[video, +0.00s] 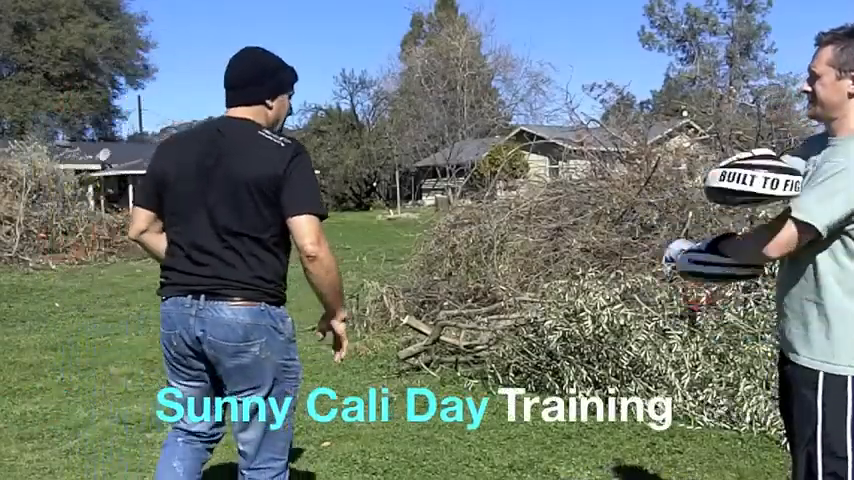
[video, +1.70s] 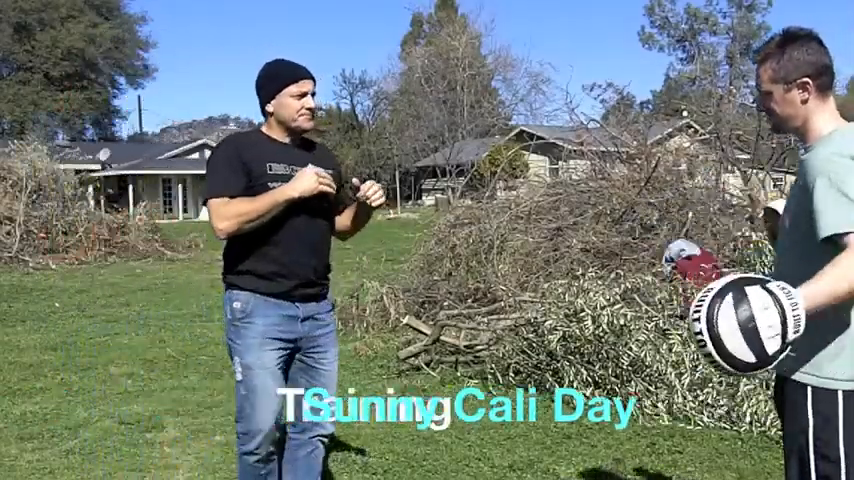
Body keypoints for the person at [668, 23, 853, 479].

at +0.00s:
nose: (804, 87)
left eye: (815, 77)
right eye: (808, 77)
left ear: (849, 84)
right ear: (842, 84)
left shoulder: (845, 158)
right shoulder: (816, 148)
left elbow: (773, 245)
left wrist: (696, 254)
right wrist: (717, 253)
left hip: (833, 356)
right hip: (803, 348)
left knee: (827, 470)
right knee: (809, 465)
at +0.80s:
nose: (796, 94)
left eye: (803, 83)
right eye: (797, 83)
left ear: (839, 85)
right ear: (837, 85)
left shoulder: (843, 167)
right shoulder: (832, 162)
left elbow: (824, 277)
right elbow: (802, 226)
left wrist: (731, 301)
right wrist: (728, 225)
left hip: (831, 369)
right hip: (815, 363)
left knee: (827, 471)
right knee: (814, 468)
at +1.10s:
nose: (778, 94)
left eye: (785, 84)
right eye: (779, 84)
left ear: (821, 88)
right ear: (822, 88)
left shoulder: (841, 166)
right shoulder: (827, 162)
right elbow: (830, 256)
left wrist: (793, 330)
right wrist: (777, 265)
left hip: (833, 376)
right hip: (817, 369)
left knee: (827, 471)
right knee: (812, 470)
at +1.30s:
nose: (764, 100)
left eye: (770, 88)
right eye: (765, 89)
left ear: (808, 90)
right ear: (809, 90)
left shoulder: (835, 170)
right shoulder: (818, 160)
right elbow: (826, 257)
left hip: (827, 372)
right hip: (806, 365)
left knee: (826, 470)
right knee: (807, 467)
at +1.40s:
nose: (759, 102)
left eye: (765, 90)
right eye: (760, 90)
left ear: (803, 90)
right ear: (805, 91)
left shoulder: (833, 167)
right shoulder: (818, 158)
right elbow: (826, 262)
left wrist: (828, 344)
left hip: (825, 373)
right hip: (806, 366)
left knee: (826, 472)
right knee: (809, 469)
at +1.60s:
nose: (758, 105)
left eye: (764, 92)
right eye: (759, 93)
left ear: (802, 90)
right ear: (804, 90)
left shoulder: (829, 160)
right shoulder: (825, 154)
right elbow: (826, 260)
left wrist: (793, 311)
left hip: (827, 377)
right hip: (819, 372)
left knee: (823, 472)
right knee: (817, 470)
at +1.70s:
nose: (760, 106)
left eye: (765, 93)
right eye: (760, 94)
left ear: (803, 90)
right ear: (805, 90)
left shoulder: (828, 160)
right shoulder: (833, 149)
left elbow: (853, 256)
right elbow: (830, 250)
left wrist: (778, 308)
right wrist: (786, 230)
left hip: (825, 376)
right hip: (822, 372)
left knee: (822, 472)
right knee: (819, 469)